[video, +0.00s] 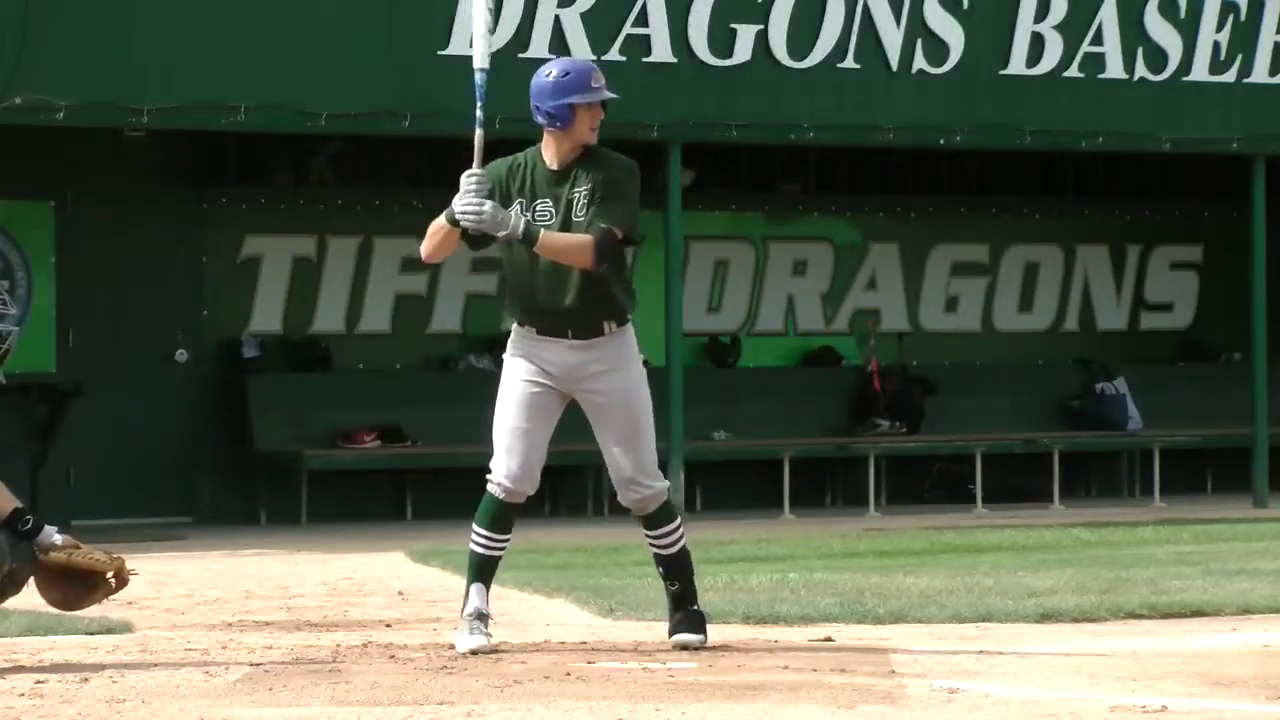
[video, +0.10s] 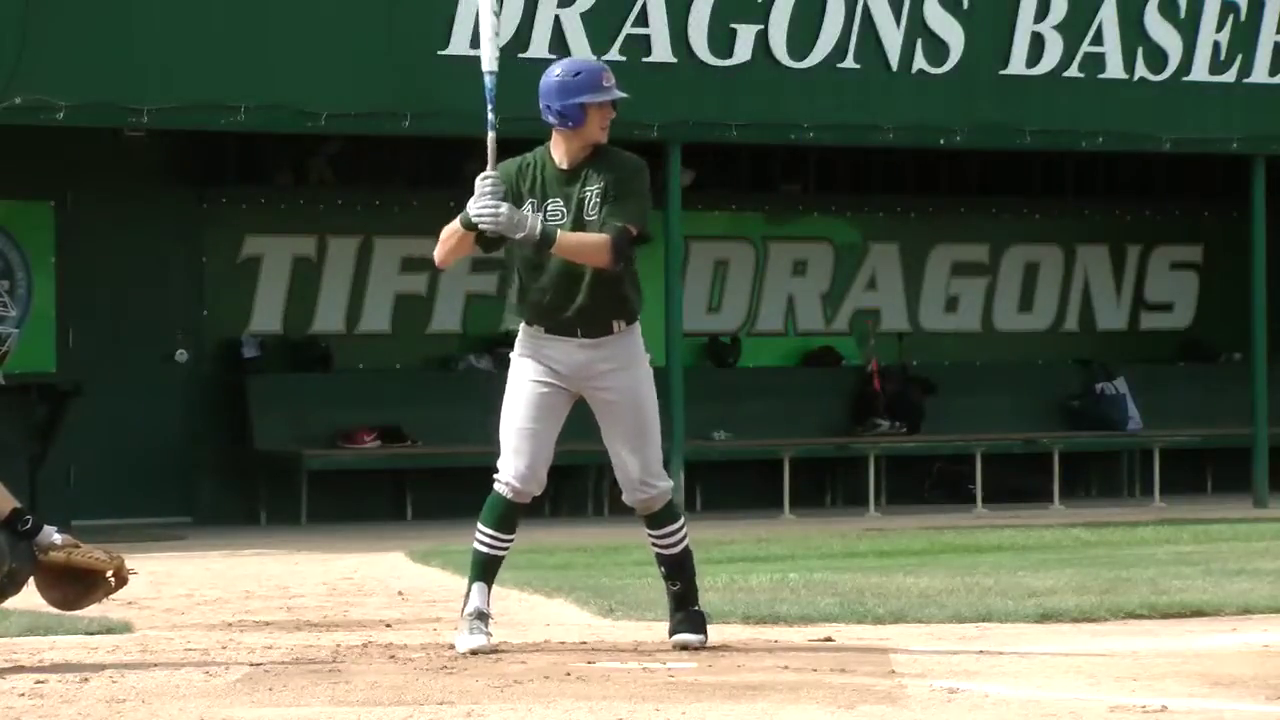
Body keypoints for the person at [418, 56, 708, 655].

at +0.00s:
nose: (599, 116)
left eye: (600, 106)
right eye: (589, 107)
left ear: (591, 112)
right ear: (554, 113)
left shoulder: (614, 173)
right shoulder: (503, 176)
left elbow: (600, 251)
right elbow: (431, 251)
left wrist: (517, 228)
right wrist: (458, 213)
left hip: (608, 350)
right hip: (531, 350)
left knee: (641, 485)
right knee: (509, 479)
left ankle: (685, 608)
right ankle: (474, 611)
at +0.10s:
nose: (610, 116)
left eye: (610, 106)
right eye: (599, 107)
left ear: (602, 111)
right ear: (564, 113)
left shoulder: (623, 171)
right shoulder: (514, 176)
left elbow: (612, 250)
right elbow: (445, 255)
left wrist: (533, 230)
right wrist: (474, 215)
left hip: (617, 350)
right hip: (539, 350)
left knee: (647, 485)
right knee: (517, 478)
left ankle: (686, 608)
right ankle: (475, 608)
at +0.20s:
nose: (615, 117)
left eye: (615, 107)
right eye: (605, 108)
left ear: (604, 111)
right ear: (570, 114)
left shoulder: (627, 170)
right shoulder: (518, 176)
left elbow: (618, 248)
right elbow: (448, 255)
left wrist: (542, 228)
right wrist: (480, 212)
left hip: (616, 350)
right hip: (540, 350)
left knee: (646, 485)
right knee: (519, 477)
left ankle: (685, 608)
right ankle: (475, 608)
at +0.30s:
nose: (615, 119)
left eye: (615, 109)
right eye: (605, 111)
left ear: (601, 113)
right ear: (570, 115)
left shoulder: (624, 172)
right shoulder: (515, 175)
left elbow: (618, 249)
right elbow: (442, 249)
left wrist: (537, 221)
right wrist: (478, 207)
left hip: (610, 351)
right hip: (533, 350)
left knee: (641, 486)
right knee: (513, 478)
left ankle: (685, 610)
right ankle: (475, 610)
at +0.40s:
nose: (611, 121)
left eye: (611, 111)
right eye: (601, 113)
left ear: (595, 114)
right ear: (567, 117)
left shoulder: (618, 175)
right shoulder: (508, 172)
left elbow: (608, 248)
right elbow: (431, 241)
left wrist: (531, 215)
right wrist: (472, 199)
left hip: (601, 351)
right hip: (523, 350)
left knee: (632, 486)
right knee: (505, 478)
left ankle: (683, 606)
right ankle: (473, 611)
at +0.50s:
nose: (608, 121)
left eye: (608, 112)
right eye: (599, 113)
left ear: (588, 114)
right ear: (565, 116)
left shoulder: (613, 174)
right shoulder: (503, 167)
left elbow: (598, 247)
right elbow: (423, 233)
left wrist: (520, 209)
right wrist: (469, 190)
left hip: (597, 350)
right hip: (520, 349)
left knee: (629, 484)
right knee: (503, 478)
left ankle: (683, 601)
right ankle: (473, 611)